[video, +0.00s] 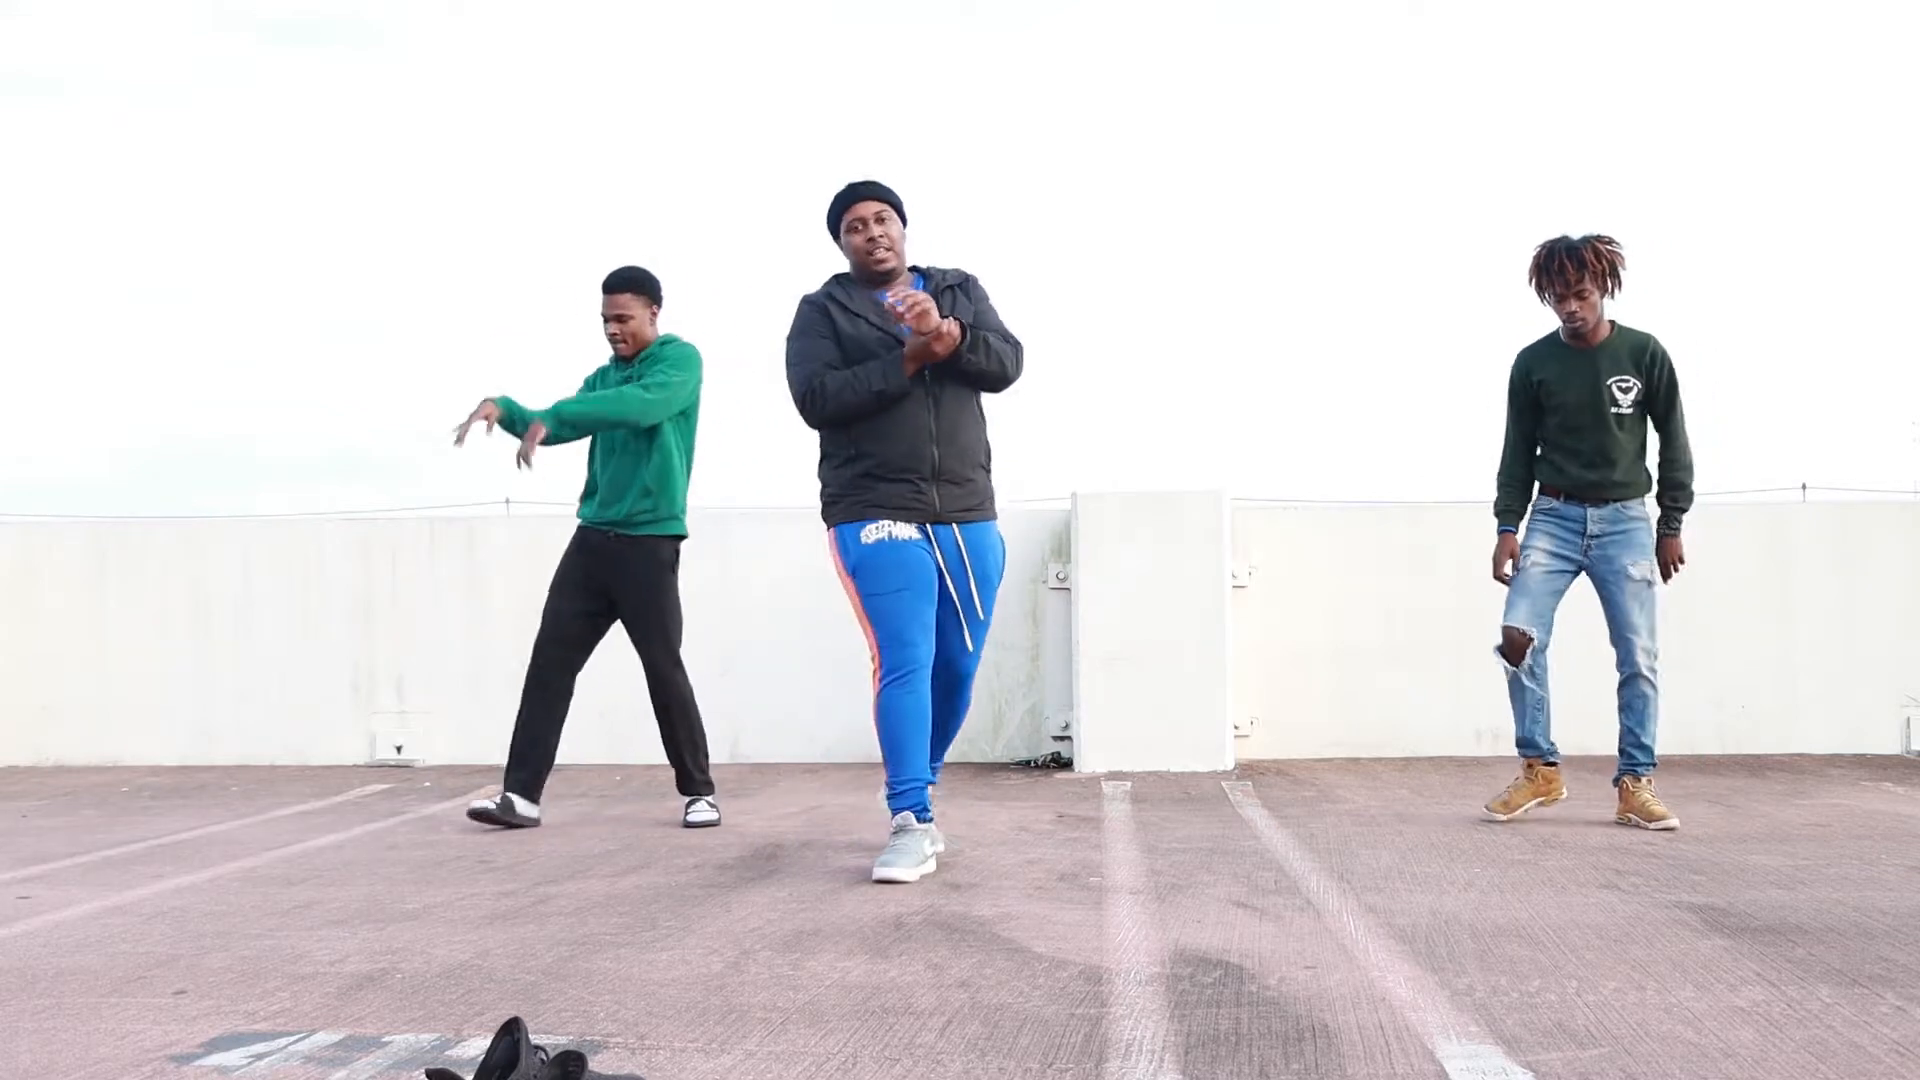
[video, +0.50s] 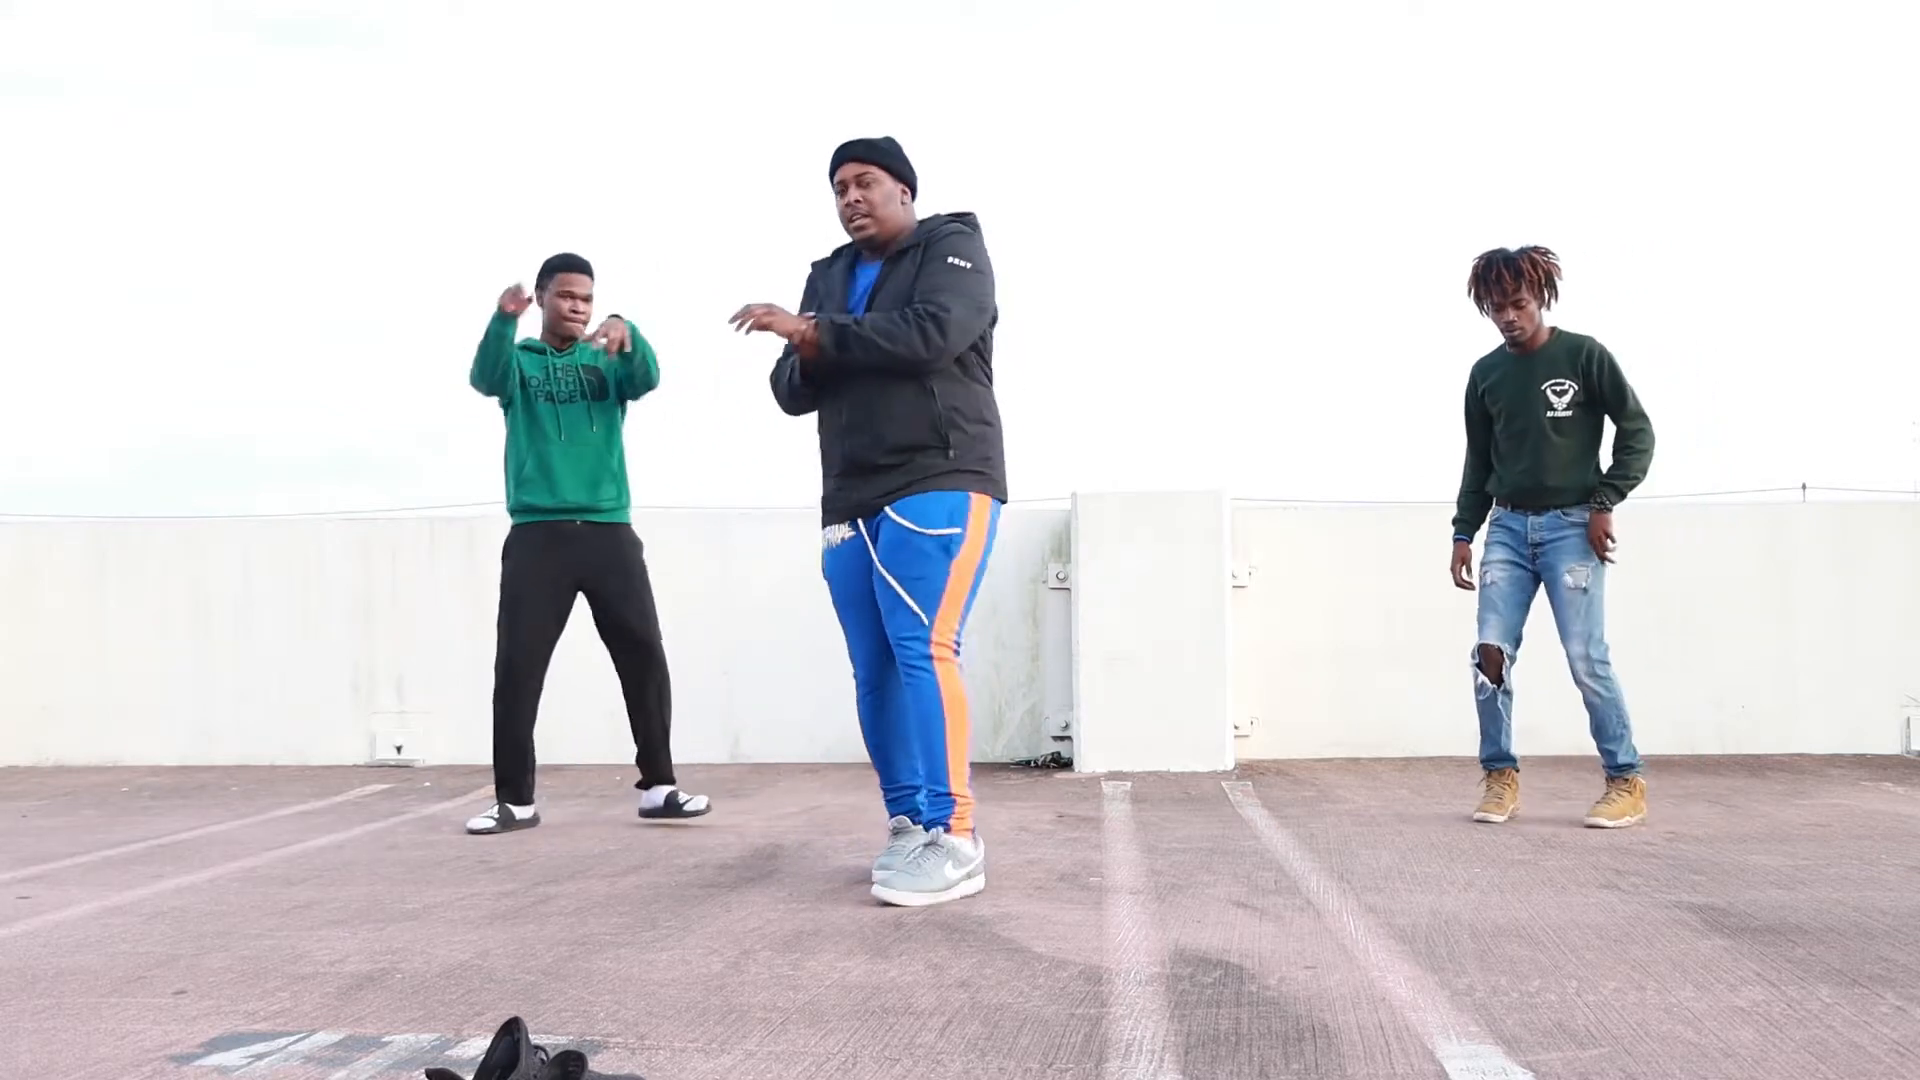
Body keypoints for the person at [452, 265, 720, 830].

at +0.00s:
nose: (614, 329)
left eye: (625, 318)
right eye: (608, 318)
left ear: (655, 313)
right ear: (604, 318)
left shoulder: (680, 359)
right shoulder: (604, 376)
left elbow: (644, 408)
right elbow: (558, 428)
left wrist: (555, 421)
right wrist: (505, 409)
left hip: (649, 544)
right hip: (591, 541)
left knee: (663, 666)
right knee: (551, 661)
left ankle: (698, 793)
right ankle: (521, 796)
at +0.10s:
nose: (591, 340)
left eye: (601, 329)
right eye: (584, 330)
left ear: (630, 326)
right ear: (578, 332)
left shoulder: (658, 373)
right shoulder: (582, 394)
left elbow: (620, 428)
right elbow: (535, 446)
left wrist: (539, 454)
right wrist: (483, 441)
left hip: (629, 558)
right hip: (571, 555)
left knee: (648, 678)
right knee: (522, 665)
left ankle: (698, 793)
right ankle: (517, 802)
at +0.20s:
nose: (578, 344)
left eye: (589, 333)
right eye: (569, 335)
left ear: (614, 332)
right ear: (561, 338)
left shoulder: (640, 382)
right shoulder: (557, 403)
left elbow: (608, 436)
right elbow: (513, 455)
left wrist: (533, 451)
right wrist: (471, 443)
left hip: (609, 562)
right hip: (549, 560)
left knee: (633, 680)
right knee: (502, 668)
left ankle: (695, 792)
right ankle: (516, 803)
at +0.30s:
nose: (571, 336)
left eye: (581, 326)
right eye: (561, 327)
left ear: (601, 328)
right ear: (550, 330)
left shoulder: (627, 376)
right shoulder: (536, 392)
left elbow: (609, 417)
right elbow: (494, 440)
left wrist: (542, 413)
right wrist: (467, 415)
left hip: (599, 559)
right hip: (534, 557)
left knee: (630, 679)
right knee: (497, 674)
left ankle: (690, 791)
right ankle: (516, 804)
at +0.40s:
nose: (567, 318)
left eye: (578, 309)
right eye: (558, 308)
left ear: (593, 315)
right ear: (542, 314)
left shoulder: (615, 364)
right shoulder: (522, 375)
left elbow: (625, 386)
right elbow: (479, 406)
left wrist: (580, 360)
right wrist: (473, 374)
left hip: (603, 546)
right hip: (532, 546)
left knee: (638, 666)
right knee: (504, 672)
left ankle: (672, 790)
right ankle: (515, 802)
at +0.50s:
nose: (576, 306)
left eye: (585, 298)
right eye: (565, 296)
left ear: (593, 305)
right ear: (542, 301)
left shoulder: (607, 359)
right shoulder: (519, 358)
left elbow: (644, 379)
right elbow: (488, 378)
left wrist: (628, 335)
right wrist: (505, 318)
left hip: (610, 534)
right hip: (538, 535)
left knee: (644, 655)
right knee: (517, 668)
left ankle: (658, 788)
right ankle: (514, 801)